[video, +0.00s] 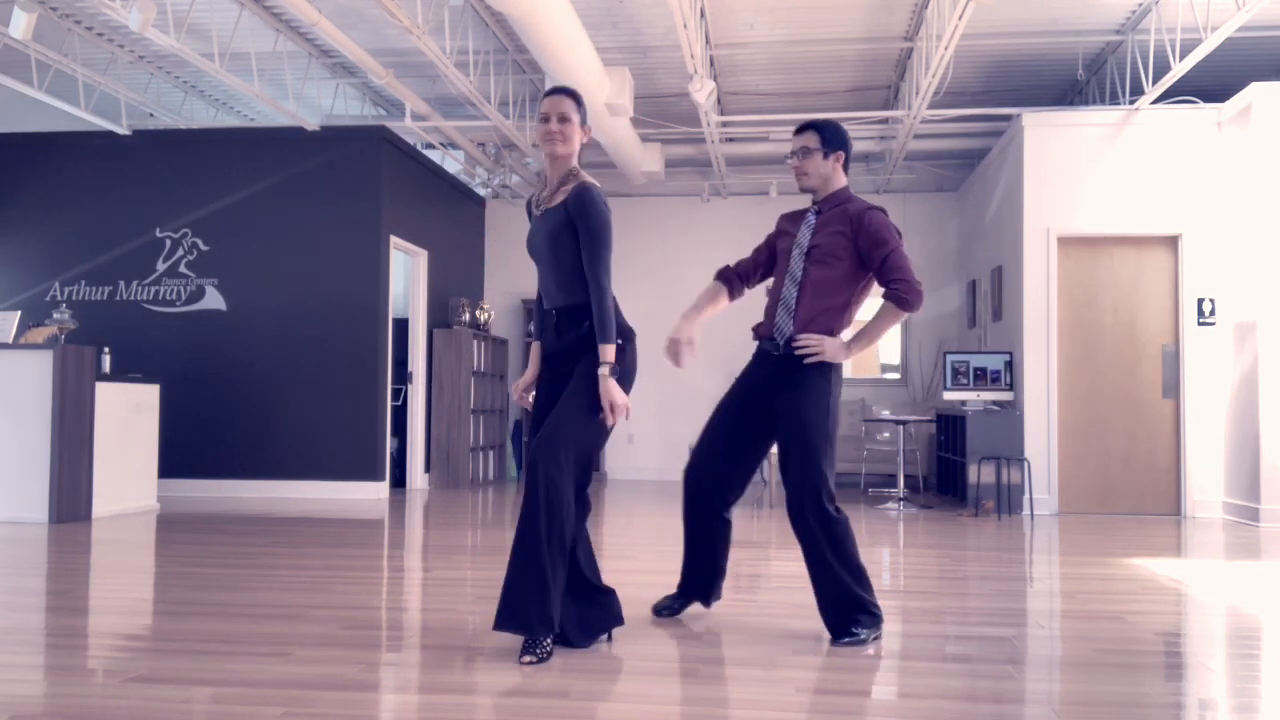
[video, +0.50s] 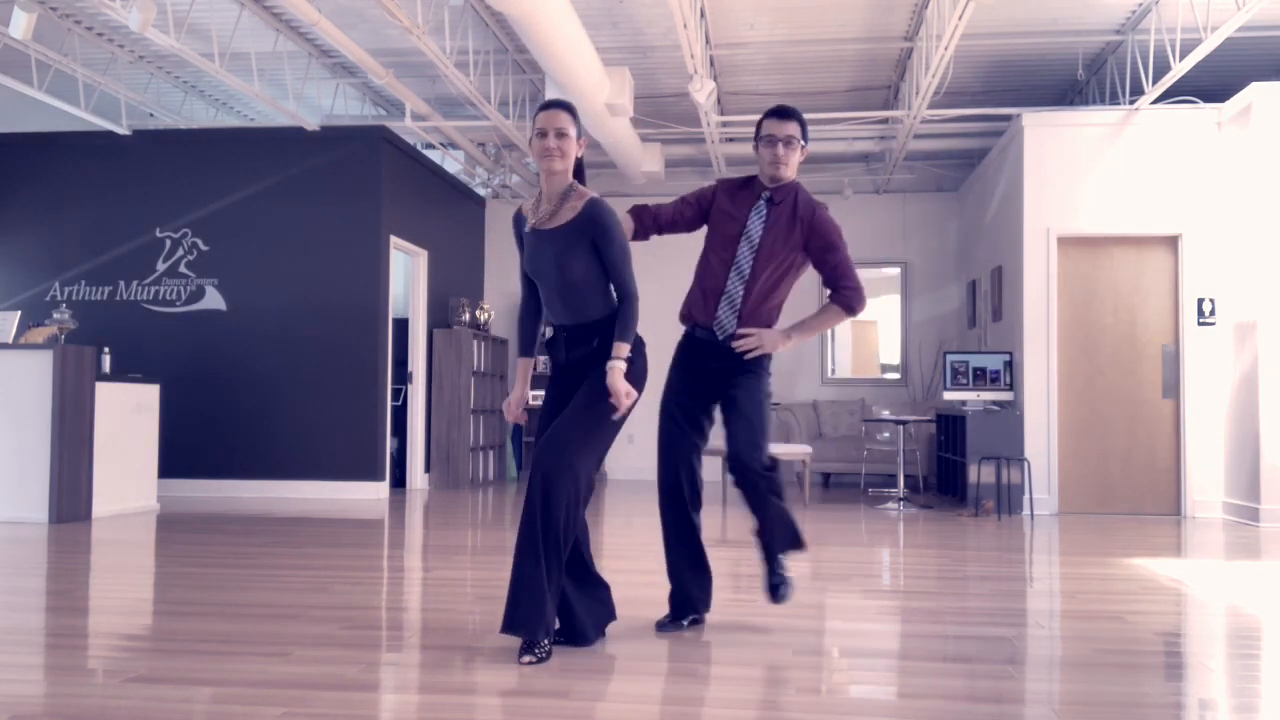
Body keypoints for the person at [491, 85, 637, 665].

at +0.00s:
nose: (553, 128)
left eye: (564, 120)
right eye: (545, 119)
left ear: (583, 133)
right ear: (535, 131)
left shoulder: (587, 200)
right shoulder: (540, 204)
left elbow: (602, 289)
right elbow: (546, 293)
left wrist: (608, 372)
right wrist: (536, 361)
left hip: (598, 349)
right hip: (557, 352)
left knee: (550, 460)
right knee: (552, 471)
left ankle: (543, 618)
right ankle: (589, 604)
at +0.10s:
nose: (547, 137)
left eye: (557, 128)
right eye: (539, 129)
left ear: (578, 140)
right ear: (528, 139)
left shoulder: (590, 204)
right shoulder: (536, 215)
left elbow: (620, 287)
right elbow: (544, 303)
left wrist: (609, 362)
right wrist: (528, 379)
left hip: (602, 352)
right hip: (560, 356)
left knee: (549, 454)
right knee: (556, 474)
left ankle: (541, 617)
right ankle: (588, 606)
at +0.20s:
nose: (543, 147)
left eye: (554, 138)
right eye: (535, 139)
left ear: (574, 148)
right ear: (525, 150)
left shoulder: (593, 214)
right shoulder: (521, 227)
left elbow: (622, 291)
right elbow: (533, 306)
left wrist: (611, 365)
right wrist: (530, 386)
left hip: (610, 358)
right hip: (565, 362)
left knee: (545, 454)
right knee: (543, 475)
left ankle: (589, 608)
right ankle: (552, 617)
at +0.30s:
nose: (542, 149)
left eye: (553, 140)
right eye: (534, 140)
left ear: (574, 150)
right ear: (524, 150)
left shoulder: (586, 219)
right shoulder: (519, 220)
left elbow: (612, 304)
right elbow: (536, 301)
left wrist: (624, 387)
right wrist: (532, 378)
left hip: (610, 358)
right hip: (566, 361)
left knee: (552, 461)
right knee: (553, 477)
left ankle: (542, 621)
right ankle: (591, 608)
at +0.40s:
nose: (543, 147)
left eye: (555, 139)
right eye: (536, 138)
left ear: (576, 150)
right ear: (526, 148)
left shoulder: (582, 217)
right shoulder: (531, 217)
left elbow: (613, 298)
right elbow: (546, 301)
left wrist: (631, 380)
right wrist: (529, 369)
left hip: (608, 361)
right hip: (567, 363)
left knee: (552, 461)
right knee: (556, 478)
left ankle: (540, 619)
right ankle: (587, 609)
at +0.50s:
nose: (551, 143)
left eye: (561, 135)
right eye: (542, 135)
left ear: (580, 145)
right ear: (530, 145)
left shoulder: (597, 213)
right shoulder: (525, 218)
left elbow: (628, 292)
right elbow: (532, 299)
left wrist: (619, 362)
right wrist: (521, 379)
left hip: (611, 356)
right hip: (563, 360)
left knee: (553, 466)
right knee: (555, 476)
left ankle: (539, 621)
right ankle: (584, 610)